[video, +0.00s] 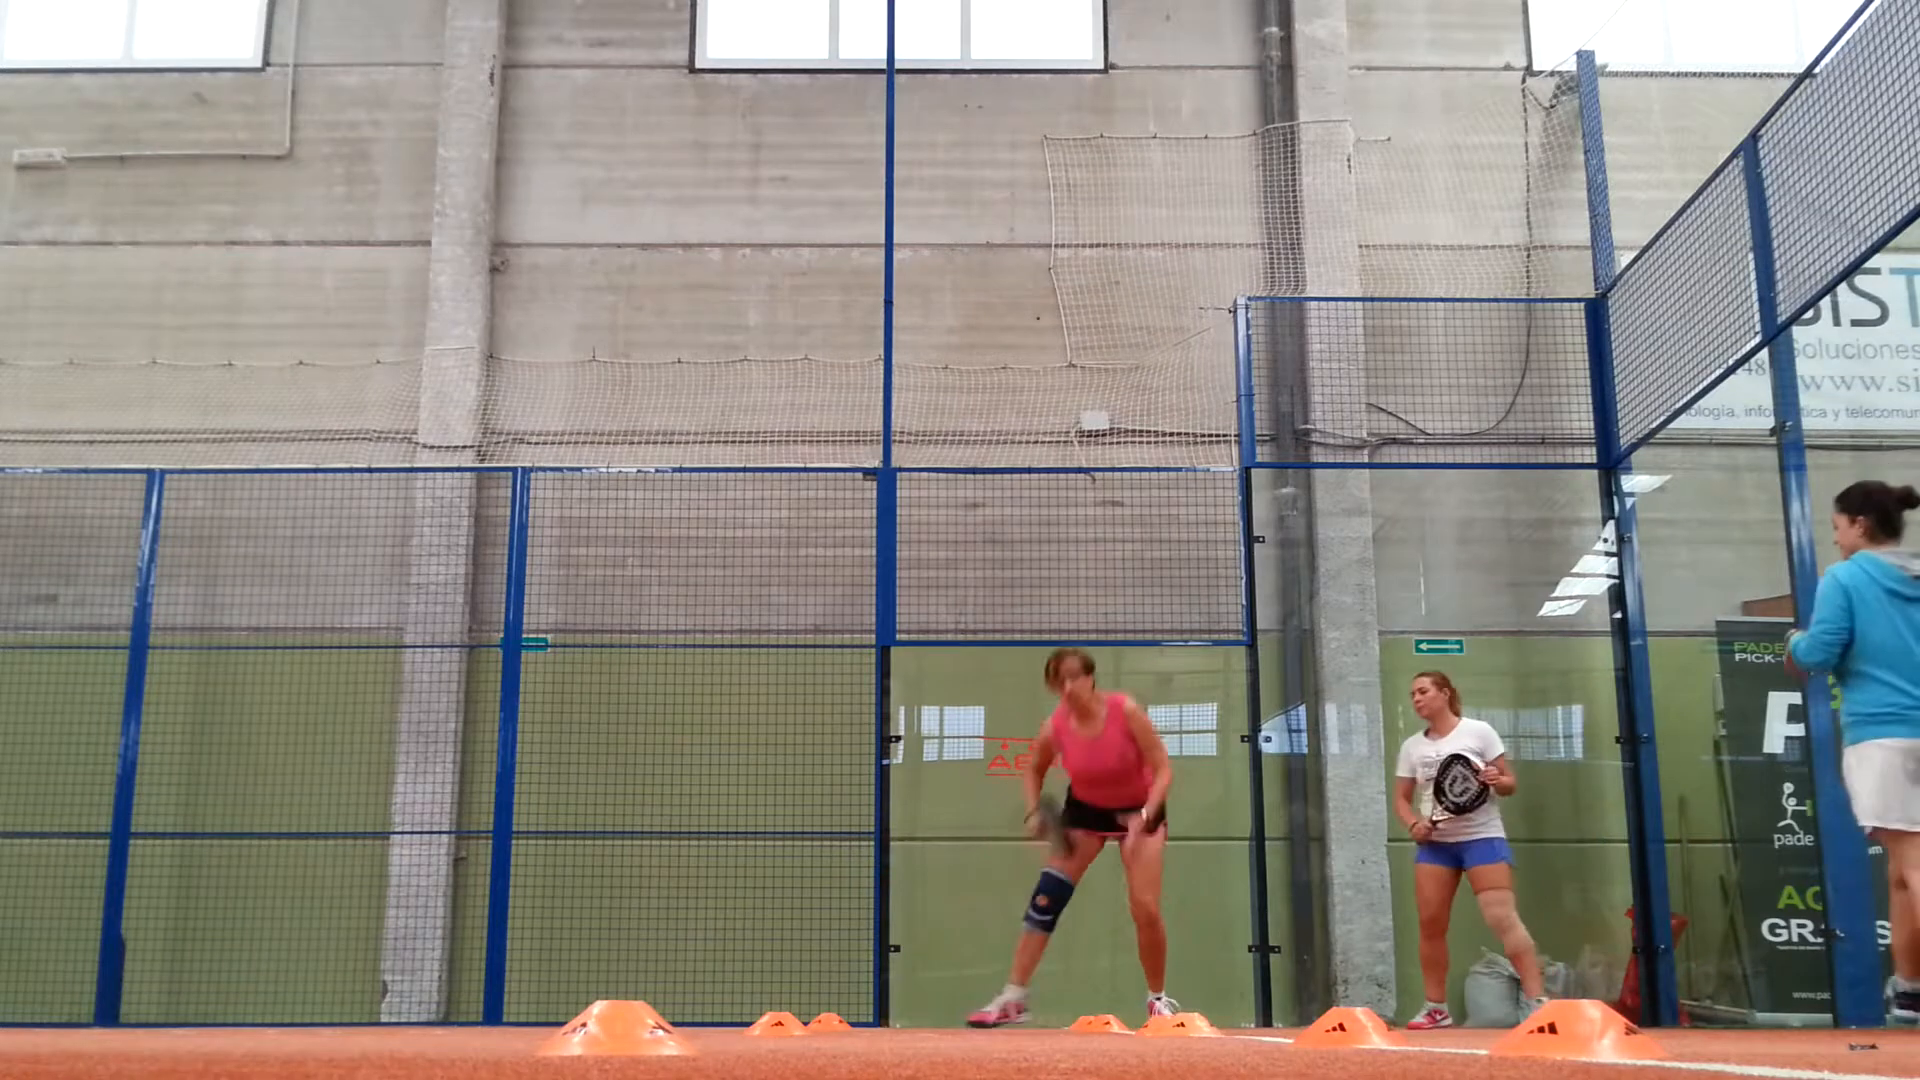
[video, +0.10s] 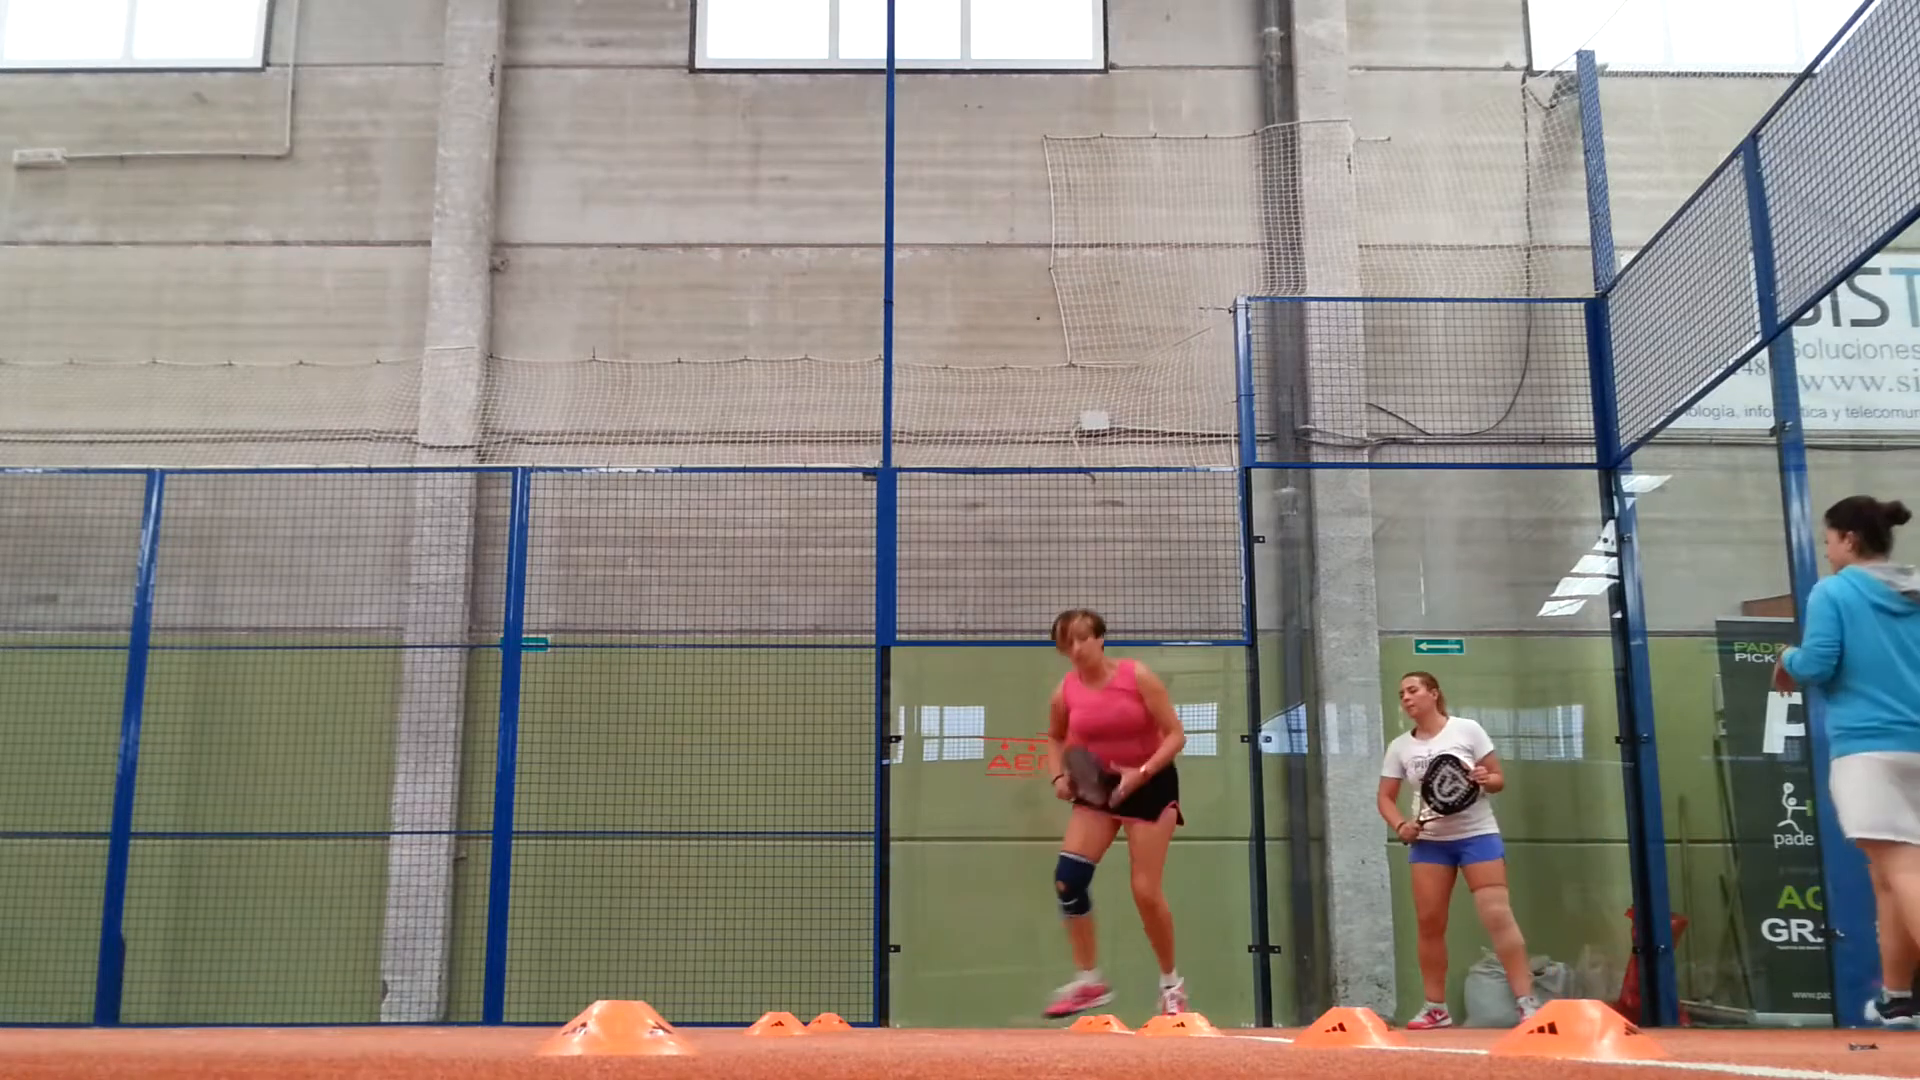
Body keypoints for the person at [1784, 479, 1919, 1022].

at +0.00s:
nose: (1835, 537)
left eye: (1837, 528)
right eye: (1834, 528)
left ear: (1859, 525)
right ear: (1883, 525)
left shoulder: (1846, 575)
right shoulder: (1911, 571)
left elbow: (1819, 656)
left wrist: (1792, 638)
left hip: (1886, 736)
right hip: (1914, 731)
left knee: (1907, 873)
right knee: (1904, 873)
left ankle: (1909, 990)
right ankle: (1907, 988)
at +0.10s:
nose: (1826, 547)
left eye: (1828, 538)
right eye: (1827, 539)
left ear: (1847, 539)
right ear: (1875, 540)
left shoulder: (1833, 591)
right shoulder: (1909, 586)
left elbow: (1817, 666)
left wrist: (1788, 659)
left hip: (1869, 746)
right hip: (1912, 742)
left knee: (1902, 871)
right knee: (1887, 875)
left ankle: (1909, 996)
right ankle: (1897, 999)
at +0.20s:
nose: (1816, 556)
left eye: (1818, 547)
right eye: (1818, 547)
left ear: (1835, 548)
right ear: (1867, 548)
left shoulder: (1822, 599)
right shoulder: (1907, 598)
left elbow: (1811, 672)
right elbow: (1905, 666)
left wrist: (1779, 668)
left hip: (1855, 759)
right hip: (1911, 755)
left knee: (1858, 874)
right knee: (1894, 878)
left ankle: (1917, 961)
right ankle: (1893, 1003)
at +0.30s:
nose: (1804, 560)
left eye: (1806, 551)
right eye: (1805, 551)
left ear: (1822, 551)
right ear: (1858, 550)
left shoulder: (1810, 602)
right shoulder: (1901, 603)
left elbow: (1798, 674)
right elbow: (1914, 673)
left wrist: (1768, 667)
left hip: (1842, 762)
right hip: (1906, 755)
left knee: (1823, 875)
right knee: (1892, 879)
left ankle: (1888, 939)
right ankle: (1897, 1004)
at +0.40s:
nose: (1789, 569)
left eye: (1791, 560)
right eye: (1789, 560)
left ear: (1808, 557)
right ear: (1844, 557)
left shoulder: (1799, 605)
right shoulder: (1895, 612)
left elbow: (1780, 678)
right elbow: (1911, 686)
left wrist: (1759, 655)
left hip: (1828, 759)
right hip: (1898, 753)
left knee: (1809, 868)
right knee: (1886, 875)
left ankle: (1850, 962)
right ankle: (1894, 1001)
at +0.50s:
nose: (1775, 578)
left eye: (1777, 570)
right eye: (1775, 570)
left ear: (1796, 567)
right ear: (1824, 567)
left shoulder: (1790, 614)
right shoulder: (1874, 616)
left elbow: (1761, 685)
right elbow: (1883, 682)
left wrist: (1749, 646)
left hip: (1811, 765)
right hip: (1878, 758)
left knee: (1805, 880)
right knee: (1876, 878)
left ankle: (1809, 998)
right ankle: (1891, 1000)